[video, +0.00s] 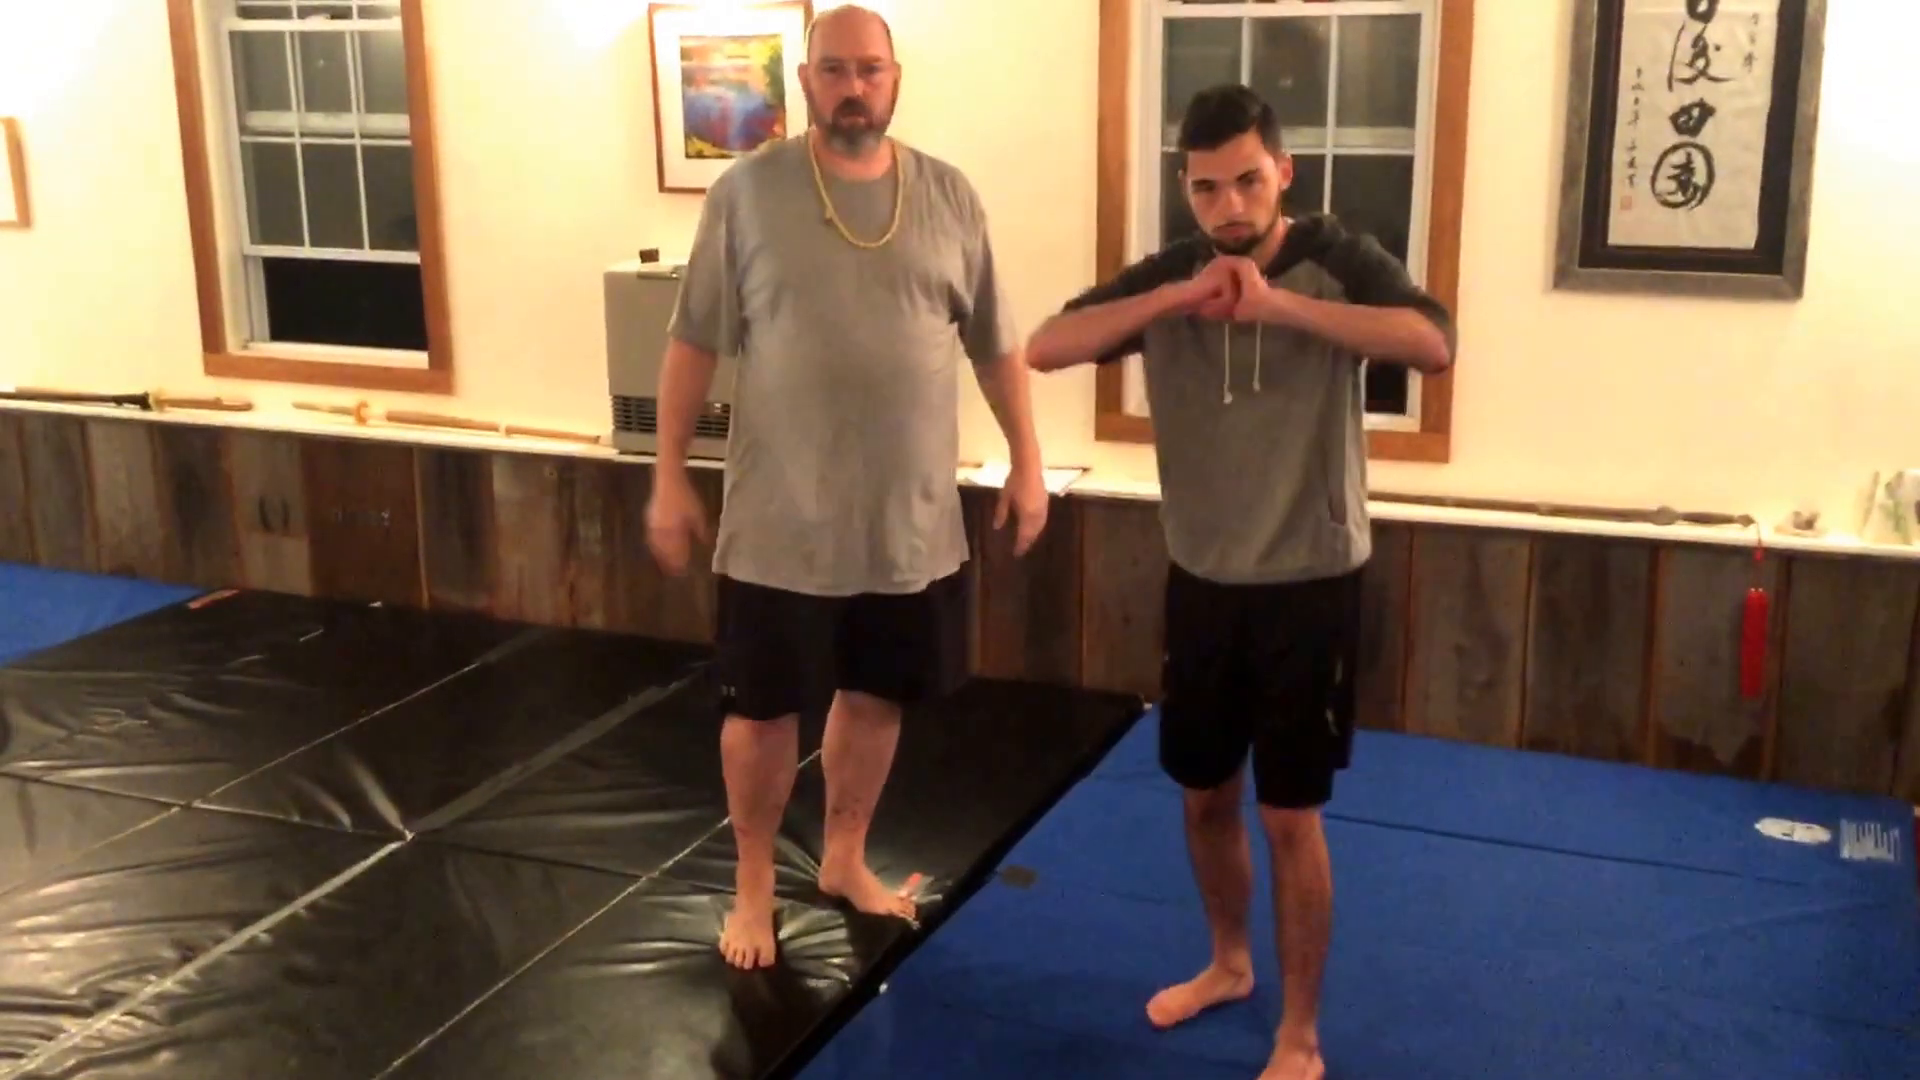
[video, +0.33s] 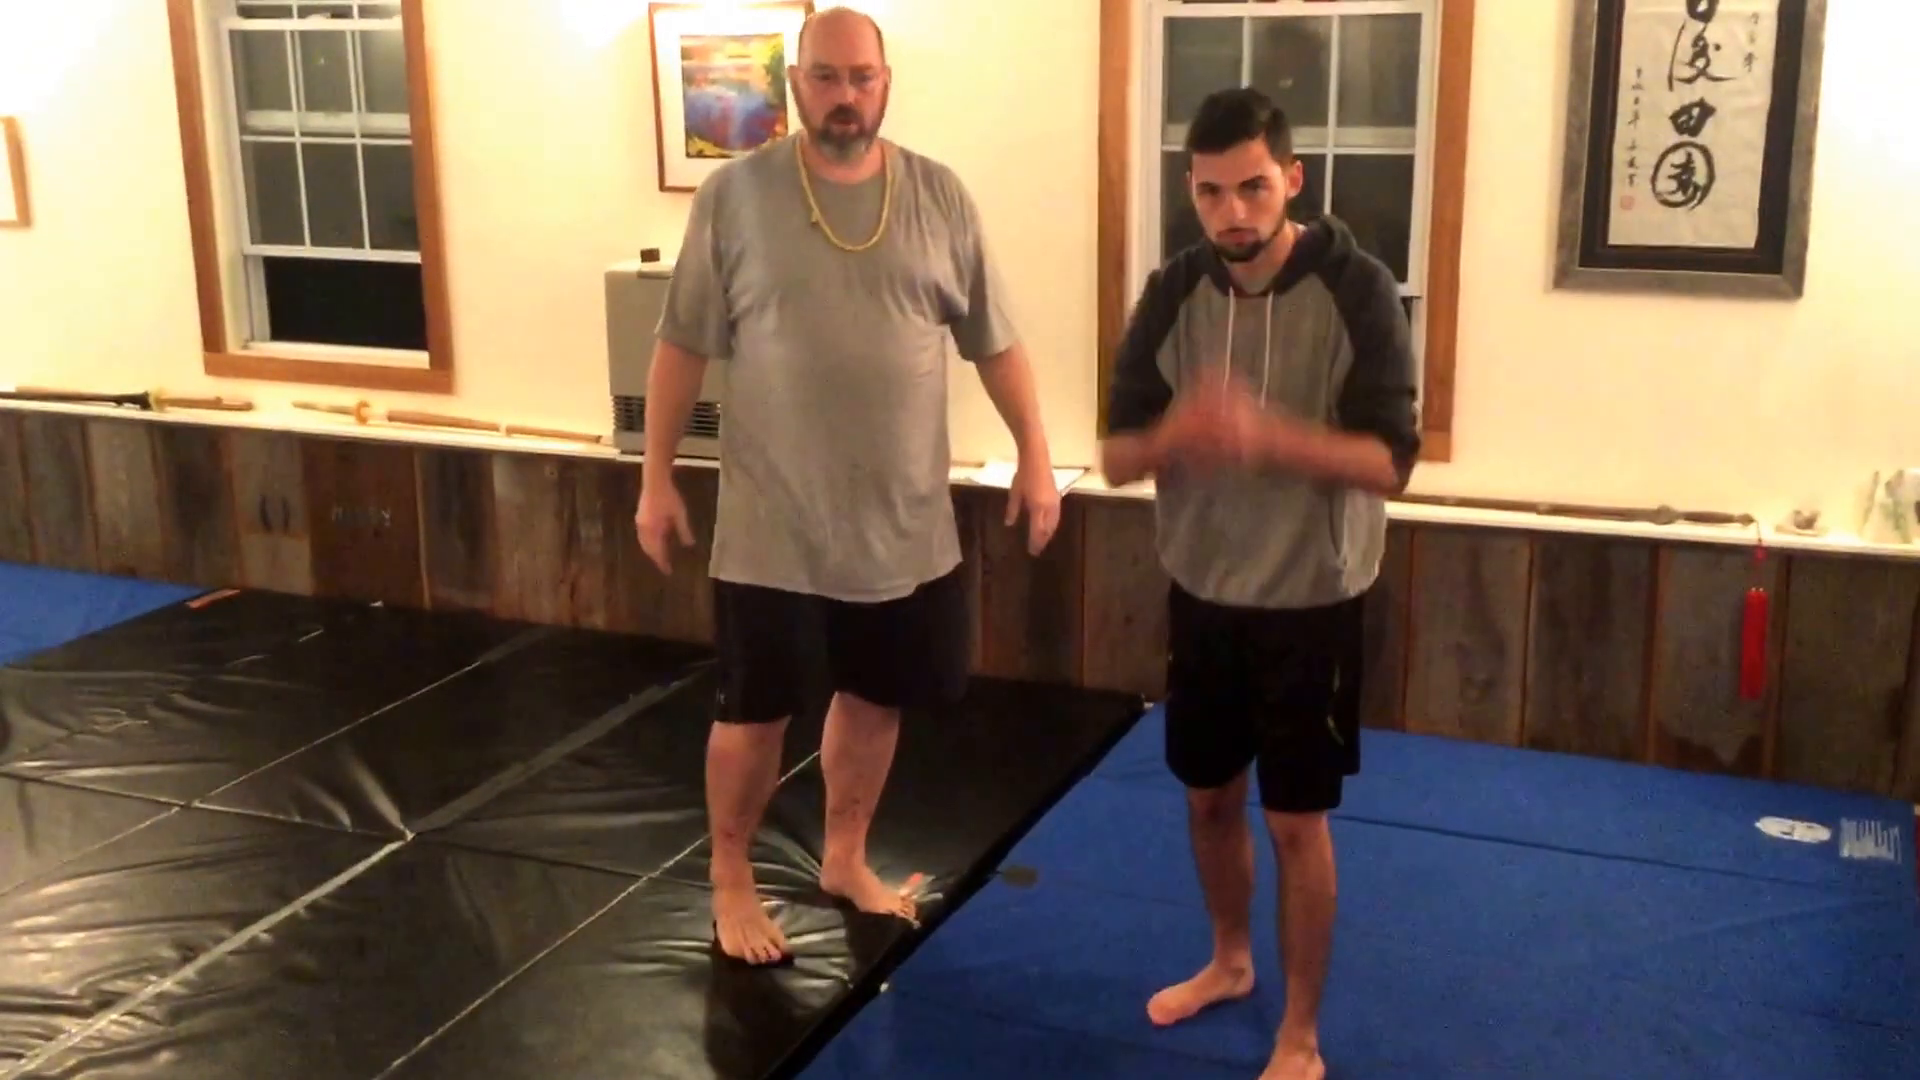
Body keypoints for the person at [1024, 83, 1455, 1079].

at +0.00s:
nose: (1227, 208)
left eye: (1244, 183)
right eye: (1206, 189)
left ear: (1283, 171)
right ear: (1185, 188)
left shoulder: (1334, 255)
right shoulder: (1161, 277)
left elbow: (1435, 346)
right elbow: (1042, 349)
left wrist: (1276, 308)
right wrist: (1177, 299)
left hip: (1311, 570)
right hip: (1202, 570)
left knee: (1288, 812)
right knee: (1206, 791)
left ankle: (1298, 1035)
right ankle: (1229, 965)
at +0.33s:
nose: (1231, 214)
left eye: (1250, 189)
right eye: (1210, 193)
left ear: (1291, 180)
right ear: (1188, 190)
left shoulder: (1355, 285)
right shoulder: (1175, 288)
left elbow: (1390, 459)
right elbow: (1118, 456)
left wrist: (1262, 435)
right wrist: (1180, 434)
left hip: (1313, 595)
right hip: (1204, 589)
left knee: (1295, 819)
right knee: (1212, 797)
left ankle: (1299, 1033)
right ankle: (1230, 964)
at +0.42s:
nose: (1229, 215)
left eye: (1248, 190)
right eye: (1208, 194)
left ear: (1289, 180)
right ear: (1186, 192)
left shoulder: (1355, 291)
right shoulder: (1174, 294)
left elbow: (1392, 464)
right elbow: (1143, 439)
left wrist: (1308, 527)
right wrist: (1135, 531)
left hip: (1317, 601)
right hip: (1206, 595)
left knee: (1297, 819)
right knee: (1213, 794)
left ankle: (1299, 1034)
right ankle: (1230, 963)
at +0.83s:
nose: (1167, 216)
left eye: (1183, 198)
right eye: (1166, 196)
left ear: (1253, 197)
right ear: (1231, 200)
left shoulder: (1342, 308)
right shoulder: (1202, 296)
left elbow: (1416, 490)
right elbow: (1194, 450)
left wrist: (1377, 655)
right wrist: (1171, 575)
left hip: (1314, 622)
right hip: (1215, 611)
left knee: (1311, 831)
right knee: (1216, 793)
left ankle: (1302, 1037)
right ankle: (1230, 959)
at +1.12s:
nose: (1159, 190)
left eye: (1168, 174)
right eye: (1161, 172)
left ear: (1220, 182)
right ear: (1230, 179)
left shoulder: (1309, 302)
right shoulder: (1224, 278)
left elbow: (1310, 519)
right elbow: (1220, 454)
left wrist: (1258, 685)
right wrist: (1179, 562)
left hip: (1303, 611)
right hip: (1219, 591)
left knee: (1296, 824)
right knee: (1180, 757)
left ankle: (1297, 1033)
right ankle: (1209, 945)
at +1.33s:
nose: (1157, 176)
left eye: (1167, 158)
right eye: (1160, 157)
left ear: (1212, 168)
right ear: (1232, 167)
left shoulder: (1277, 289)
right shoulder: (1242, 273)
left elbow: (1246, 492)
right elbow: (1237, 462)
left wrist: (1134, 627)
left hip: (1268, 596)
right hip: (1213, 587)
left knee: (1267, 819)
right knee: (1192, 767)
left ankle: (1290, 1033)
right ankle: (1205, 951)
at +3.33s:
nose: (1151, 174)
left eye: (1158, 154)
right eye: (1152, 155)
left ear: (1205, 158)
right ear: (1232, 158)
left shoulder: (1237, 282)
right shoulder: (1290, 256)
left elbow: (1216, 468)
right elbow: (1274, 434)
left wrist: (1158, 588)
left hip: (1255, 569)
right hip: (1250, 557)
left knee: (1256, 792)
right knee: (1181, 741)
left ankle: (1313, 1025)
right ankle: (1183, 915)